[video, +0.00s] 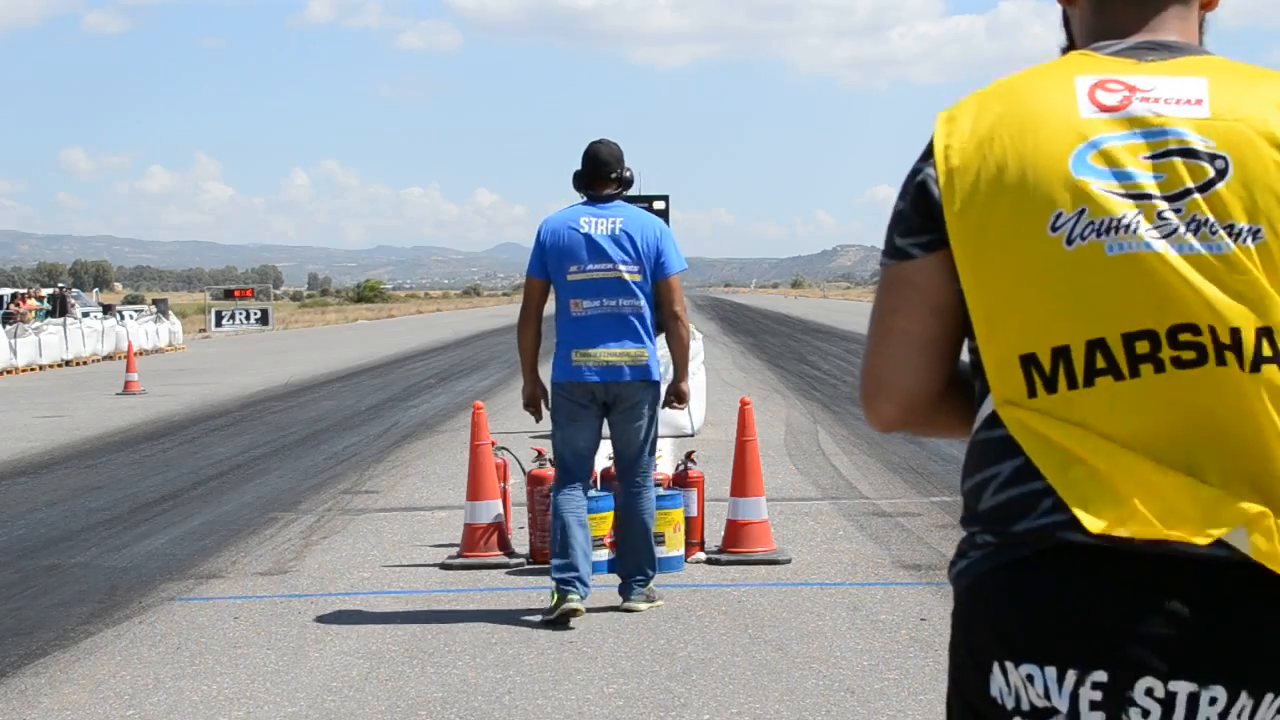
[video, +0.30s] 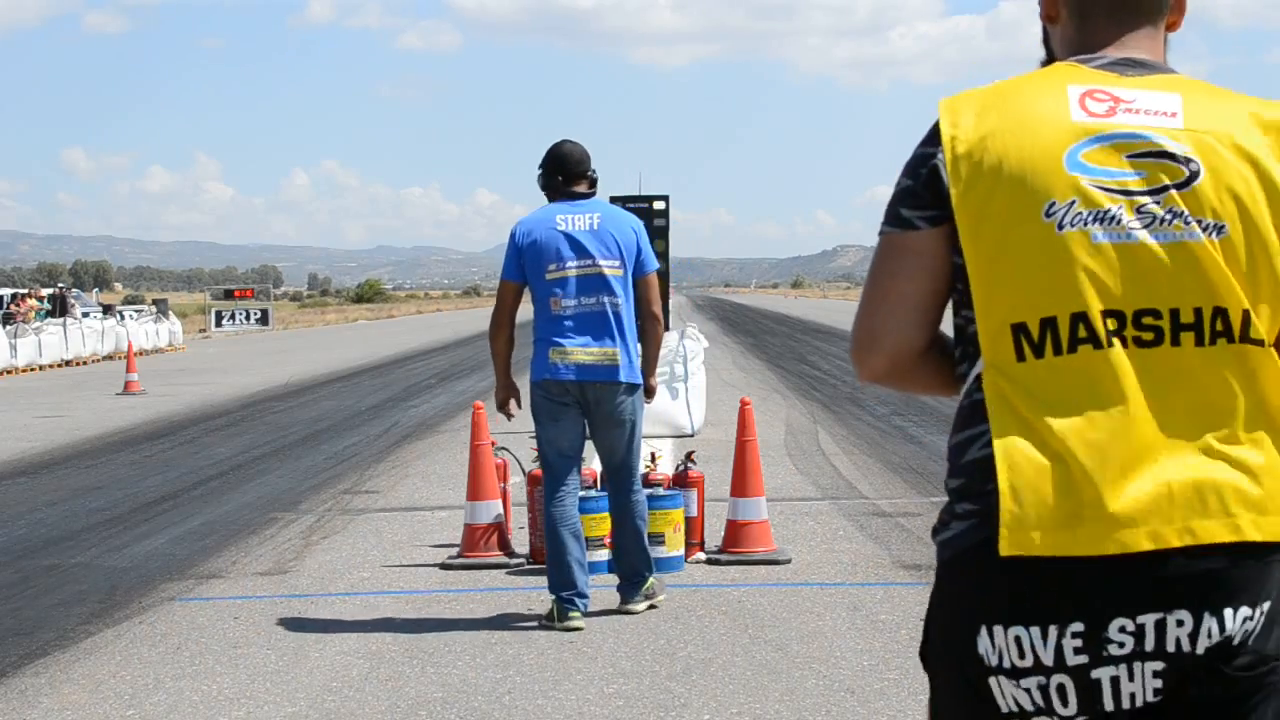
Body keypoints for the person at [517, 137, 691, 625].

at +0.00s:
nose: (607, 182)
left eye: (588, 176)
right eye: (621, 176)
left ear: (580, 181)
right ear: (625, 180)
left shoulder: (553, 229)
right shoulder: (653, 229)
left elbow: (530, 313)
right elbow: (674, 312)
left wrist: (530, 376)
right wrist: (682, 375)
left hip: (575, 372)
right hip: (636, 371)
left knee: (571, 480)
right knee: (636, 477)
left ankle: (570, 588)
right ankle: (637, 586)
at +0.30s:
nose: (543, 186)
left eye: (543, 180)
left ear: (548, 182)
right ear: (593, 180)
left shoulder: (529, 230)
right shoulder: (628, 225)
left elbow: (503, 316)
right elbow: (652, 313)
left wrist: (502, 376)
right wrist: (649, 371)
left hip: (554, 374)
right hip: (616, 372)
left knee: (561, 484)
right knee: (625, 481)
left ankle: (569, 603)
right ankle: (637, 585)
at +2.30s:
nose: (573, 172)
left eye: (576, 163)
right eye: (573, 162)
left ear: (595, 164)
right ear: (631, 163)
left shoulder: (583, 219)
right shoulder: (683, 215)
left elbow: (565, 315)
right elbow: (701, 310)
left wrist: (549, 395)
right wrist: (692, 372)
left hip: (610, 382)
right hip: (677, 378)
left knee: (621, 502)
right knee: (676, 493)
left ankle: (638, 631)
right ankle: (685, 621)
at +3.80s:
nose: (619, 168)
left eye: (619, 162)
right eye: (625, 161)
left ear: (622, 165)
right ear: (672, 162)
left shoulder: (608, 219)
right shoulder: (712, 216)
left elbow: (584, 311)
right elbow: (734, 311)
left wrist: (569, 383)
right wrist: (726, 378)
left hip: (630, 385)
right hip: (699, 384)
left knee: (633, 504)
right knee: (699, 504)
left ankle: (639, 631)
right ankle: (705, 630)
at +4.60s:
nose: (582, 170)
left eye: (581, 164)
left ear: (583, 167)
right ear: (633, 165)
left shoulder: (568, 222)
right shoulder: (674, 222)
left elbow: (543, 317)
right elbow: (694, 317)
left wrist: (530, 393)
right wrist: (689, 387)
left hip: (594, 387)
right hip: (659, 385)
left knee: (613, 503)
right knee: (651, 495)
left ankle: (639, 632)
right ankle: (656, 614)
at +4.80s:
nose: (563, 176)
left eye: (563, 169)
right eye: (565, 169)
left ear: (571, 171)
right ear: (619, 171)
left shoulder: (558, 223)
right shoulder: (661, 225)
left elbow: (537, 321)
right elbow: (681, 319)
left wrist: (522, 398)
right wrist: (672, 389)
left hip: (584, 387)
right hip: (648, 385)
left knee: (608, 503)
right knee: (605, 498)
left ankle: (639, 630)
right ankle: (573, 610)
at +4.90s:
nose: (552, 178)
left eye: (553, 170)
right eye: (552, 170)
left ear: (564, 172)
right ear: (609, 173)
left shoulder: (552, 223)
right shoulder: (650, 224)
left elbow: (532, 321)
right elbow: (672, 319)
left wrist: (519, 398)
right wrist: (665, 390)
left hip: (578, 388)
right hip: (638, 387)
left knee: (603, 504)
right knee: (586, 496)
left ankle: (638, 629)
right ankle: (551, 615)